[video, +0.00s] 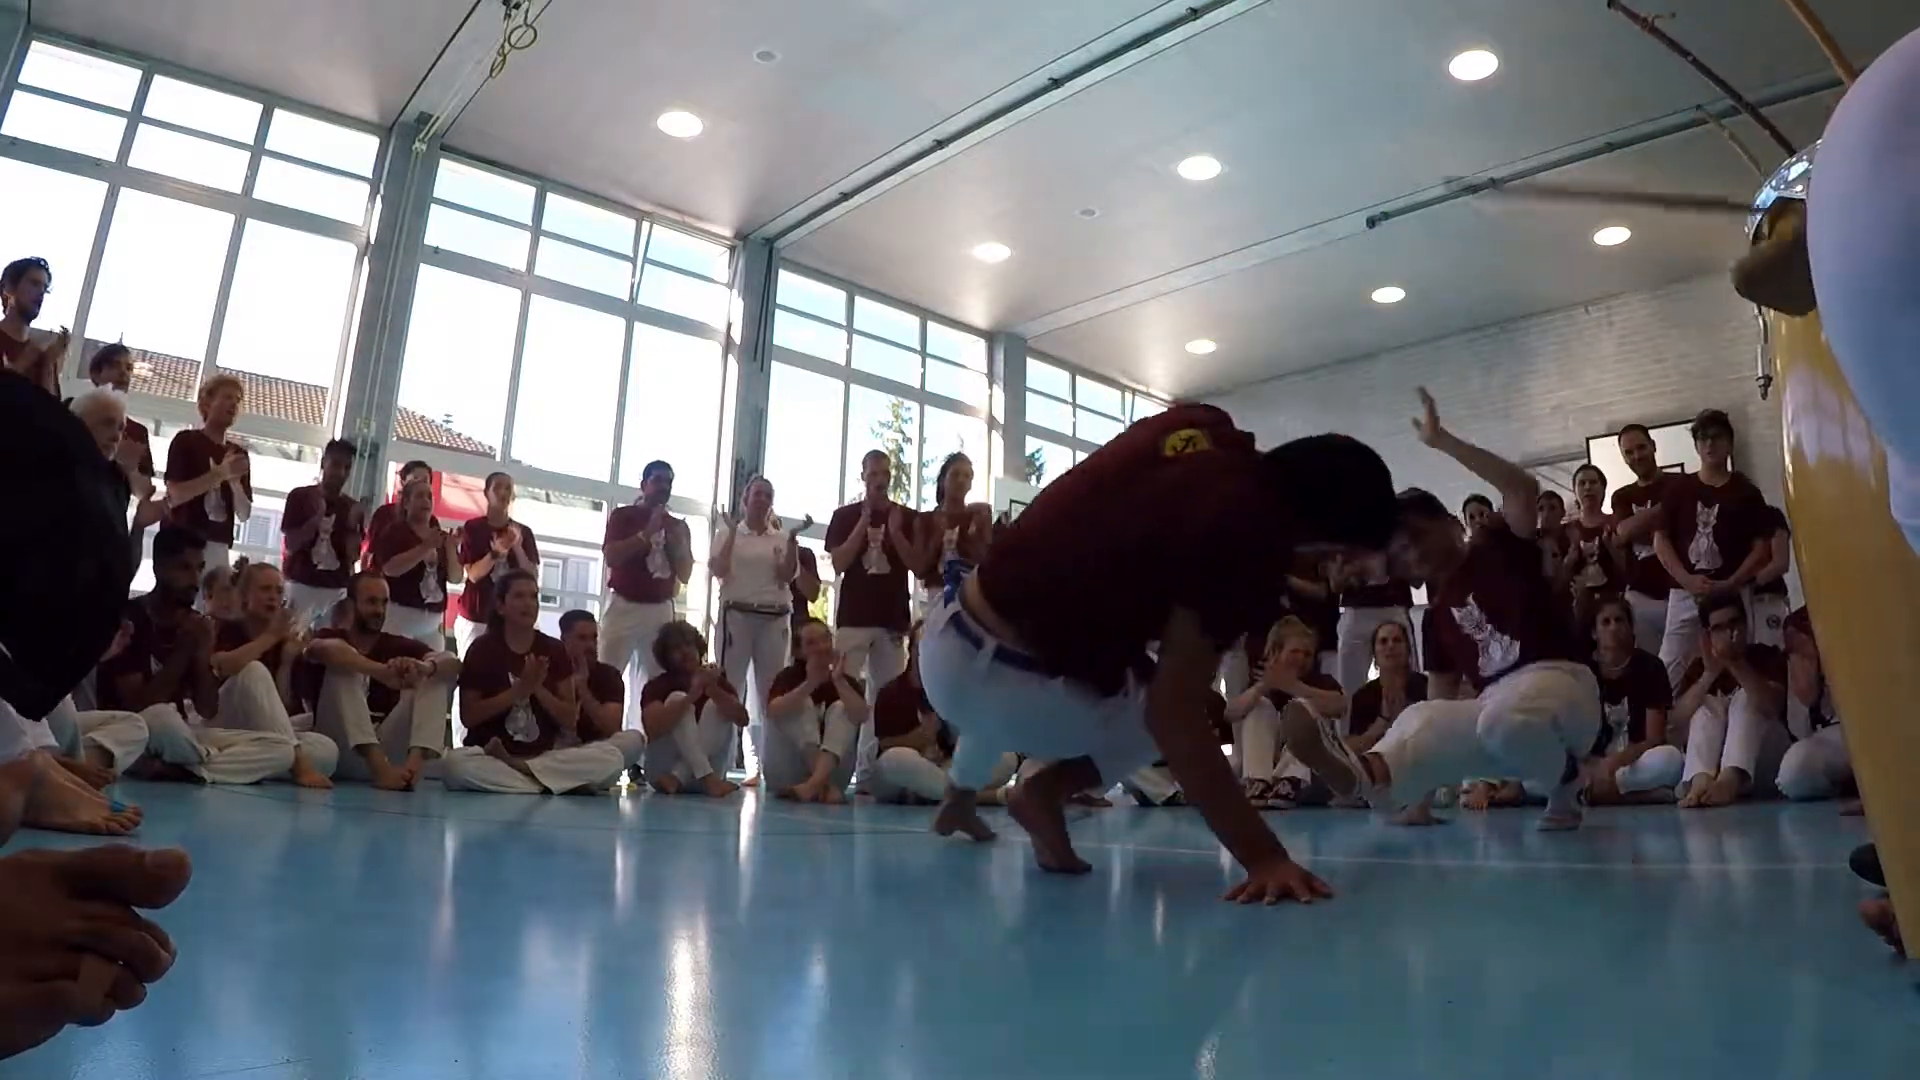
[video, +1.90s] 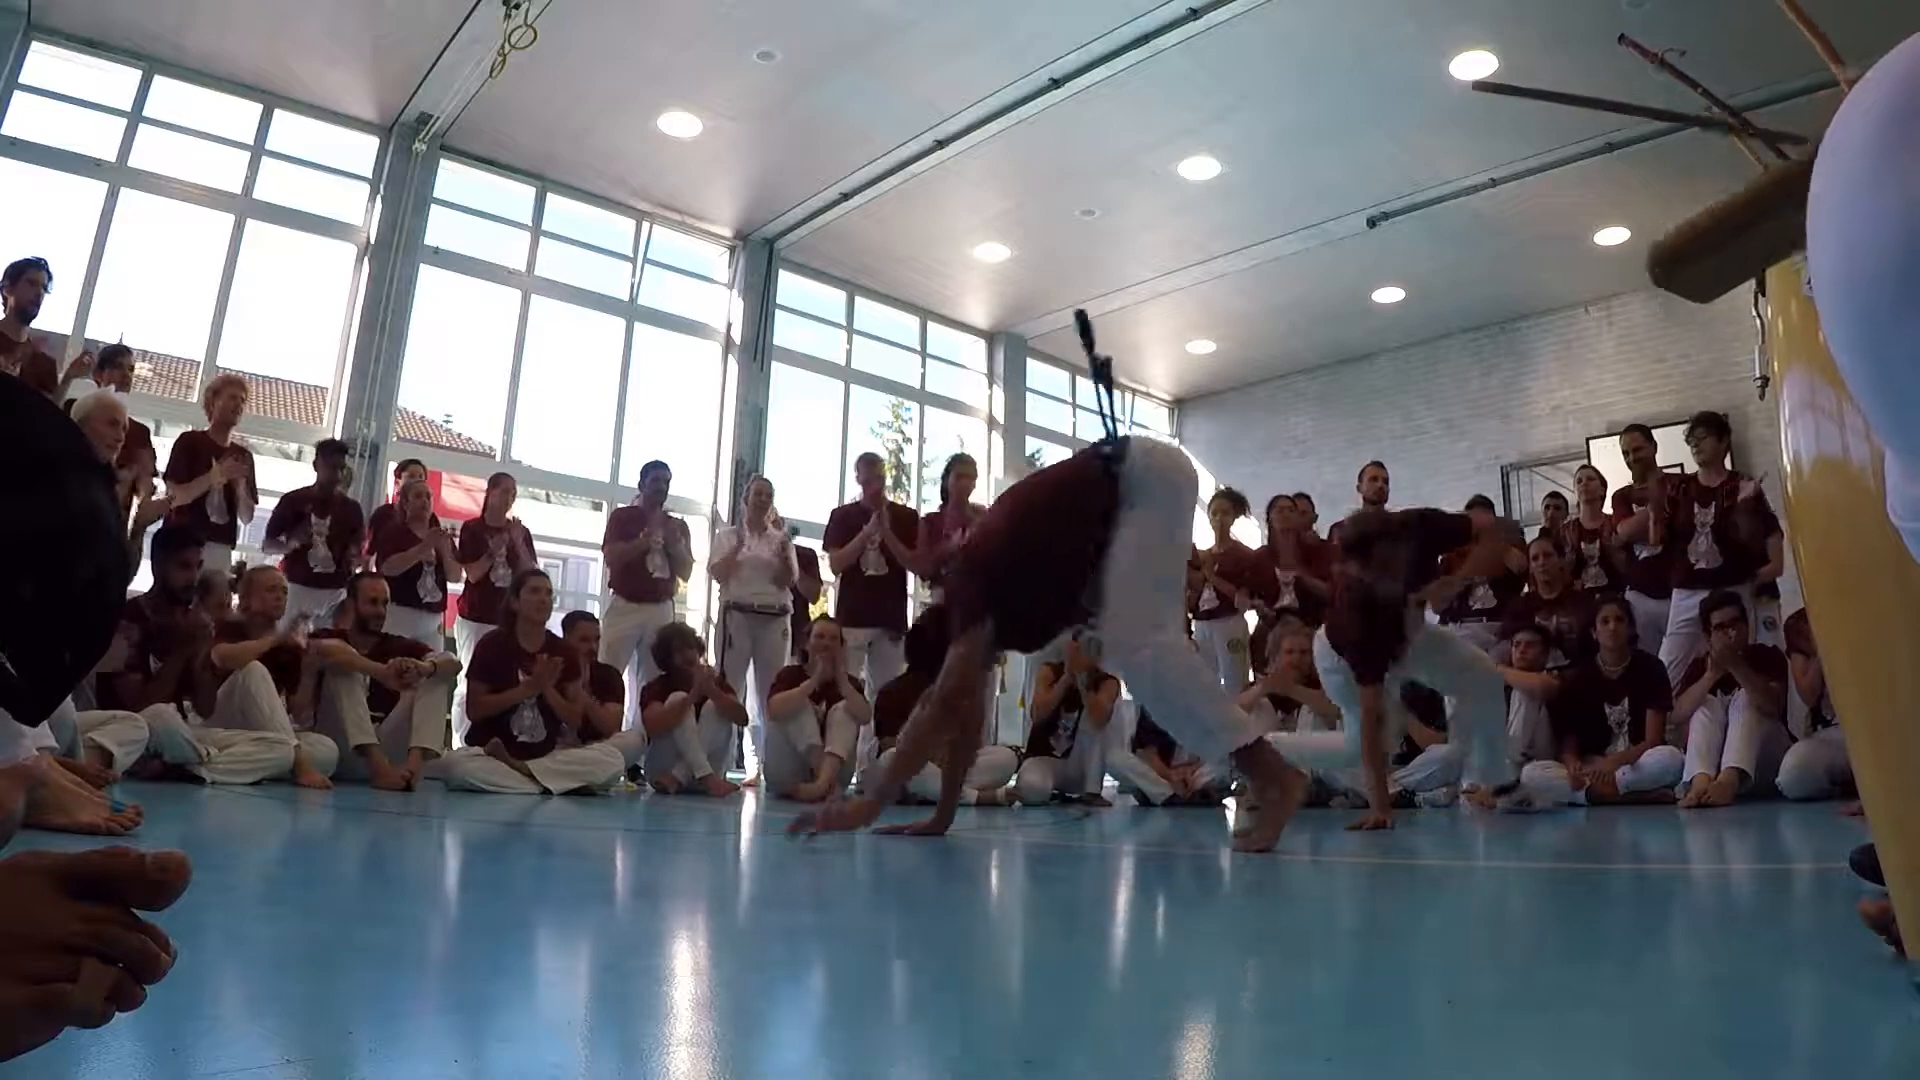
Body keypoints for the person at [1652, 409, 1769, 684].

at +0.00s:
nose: (1709, 445)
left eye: (1717, 438)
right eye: (1703, 439)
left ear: (1730, 444)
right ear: (1696, 445)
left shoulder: (1746, 491)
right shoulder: (1677, 488)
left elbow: (1761, 549)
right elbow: (1660, 541)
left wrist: (1730, 584)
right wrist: (1686, 579)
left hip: (1731, 591)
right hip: (1686, 593)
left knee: (1736, 668)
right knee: (1671, 669)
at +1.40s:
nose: (1702, 443)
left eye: (1710, 437)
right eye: (1697, 438)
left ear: (1729, 443)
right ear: (1693, 445)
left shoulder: (1748, 490)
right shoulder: (1677, 488)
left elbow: (1763, 550)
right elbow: (1653, 538)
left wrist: (1724, 571)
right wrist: (1684, 563)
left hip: (1731, 595)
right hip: (1684, 596)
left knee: (1733, 674)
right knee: (1668, 674)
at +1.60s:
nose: (1698, 445)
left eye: (1706, 438)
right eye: (1695, 440)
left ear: (1726, 443)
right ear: (1691, 446)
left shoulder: (1743, 483)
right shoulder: (1680, 486)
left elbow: (1756, 540)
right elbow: (1664, 536)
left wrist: (1721, 522)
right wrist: (1698, 533)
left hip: (1735, 587)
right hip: (1688, 590)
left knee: (1739, 665)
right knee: (1667, 672)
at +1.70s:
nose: (1697, 445)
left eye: (1705, 438)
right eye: (1694, 440)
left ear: (1726, 443)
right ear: (1691, 446)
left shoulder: (1744, 485)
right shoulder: (1680, 486)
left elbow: (1756, 536)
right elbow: (1662, 535)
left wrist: (1722, 519)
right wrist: (1692, 527)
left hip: (1734, 587)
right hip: (1687, 590)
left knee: (1739, 665)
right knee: (1667, 672)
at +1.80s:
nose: (1695, 446)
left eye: (1702, 439)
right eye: (1691, 441)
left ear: (1724, 443)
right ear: (1688, 446)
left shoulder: (1744, 485)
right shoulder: (1680, 487)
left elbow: (1775, 529)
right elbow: (1651, 539)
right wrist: (1669, 518)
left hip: (1734, 587)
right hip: (1687, 591)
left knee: (1738, 665)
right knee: (1669, 671)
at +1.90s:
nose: (1695, 447)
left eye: (1701, 440)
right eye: (1691, 443)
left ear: (1724, 443)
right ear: (1688, 448)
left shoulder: (1744, 487)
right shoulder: (1680, 489)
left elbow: (1772, 531)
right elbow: (1657, 542)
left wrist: (1776, 567)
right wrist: (1655, 503)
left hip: (1735, 587)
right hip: (1688, 590)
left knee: (1740, 664)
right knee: (1668, 670)